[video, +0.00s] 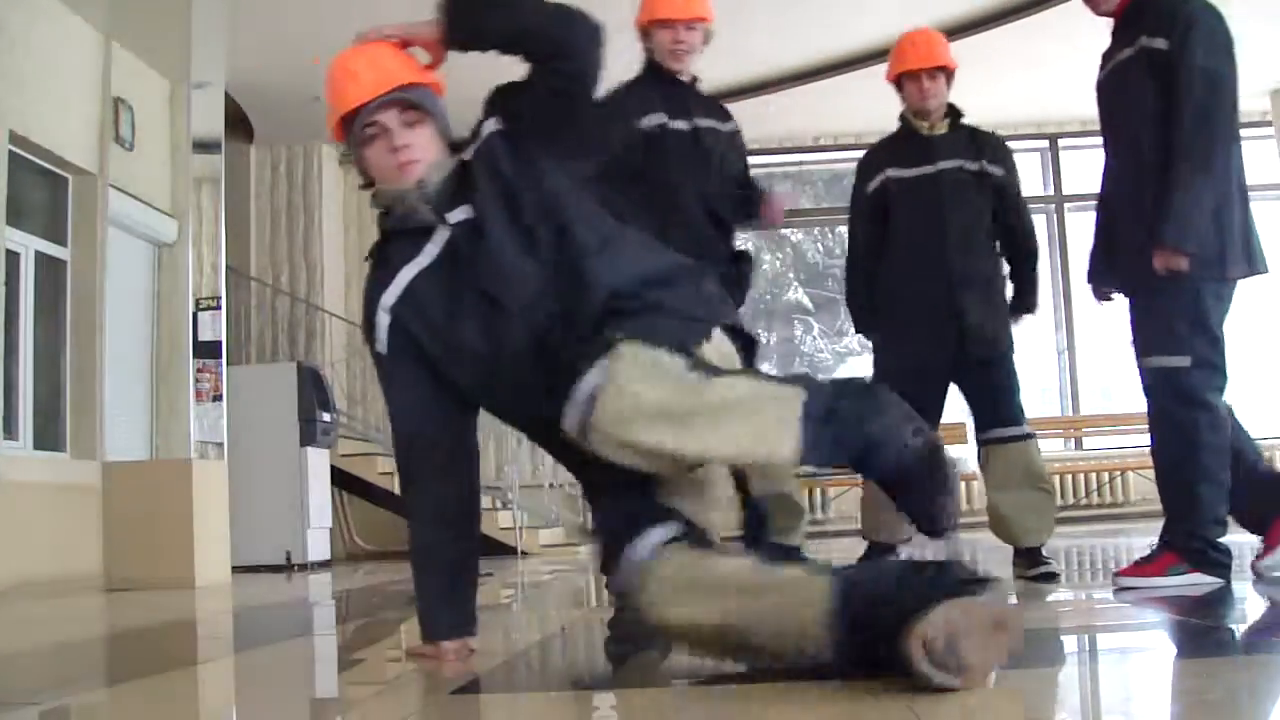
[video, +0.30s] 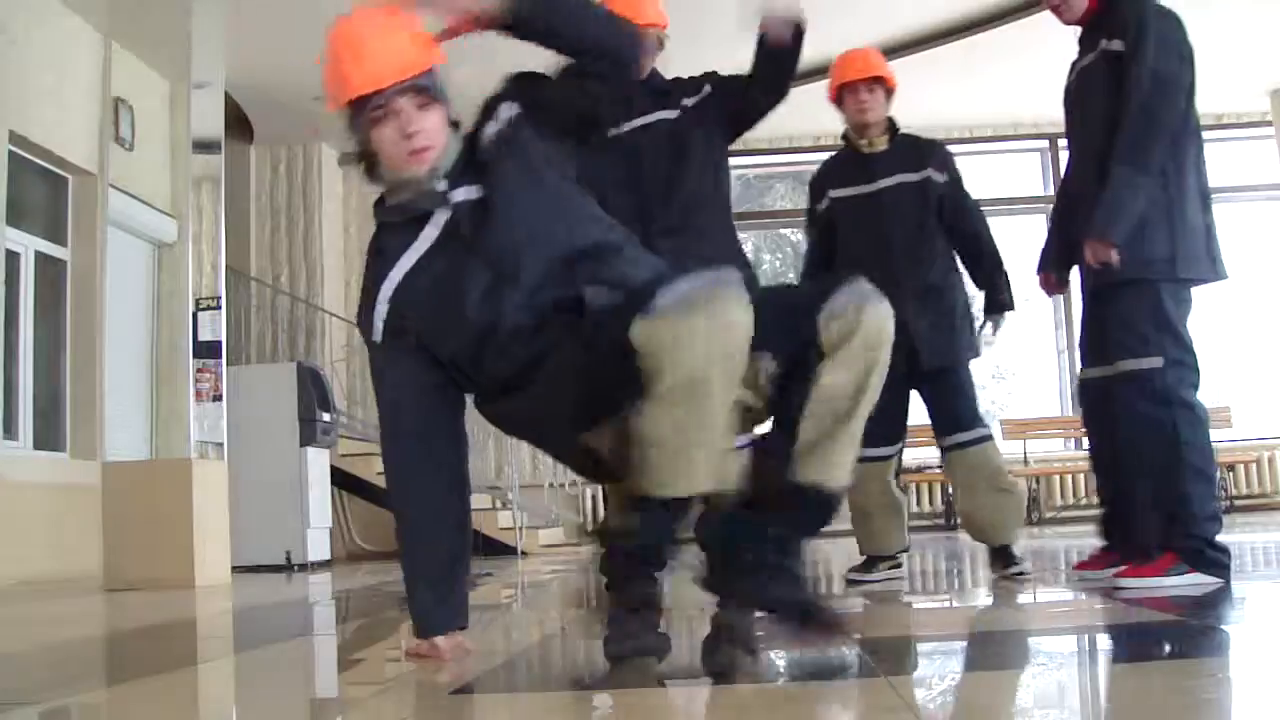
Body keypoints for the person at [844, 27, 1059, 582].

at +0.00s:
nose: (924, 87)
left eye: (933, 76)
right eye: (912, 79)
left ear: (949, 79)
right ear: (897, 87)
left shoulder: (987, 150)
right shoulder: (878, 162)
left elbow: (1016, 228)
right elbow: (861, 249)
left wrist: (1022, 294)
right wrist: (869, 318)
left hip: (980, 322)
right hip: (906, 328)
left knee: (1007, 435)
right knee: (898, 442)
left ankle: (1030, 546)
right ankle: (883, 548)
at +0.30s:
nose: (862, 100)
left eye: (871, 89)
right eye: (850, 93)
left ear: (889, 95)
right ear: (837, 104)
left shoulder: (928, 158)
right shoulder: (827, 180)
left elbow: (968, 226)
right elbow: (819, 262)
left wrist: (996, 287)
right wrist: (812, 325)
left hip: (936, 323)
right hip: (866, 332)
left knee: (966, 434)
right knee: (871, 446)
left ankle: (1000, 540)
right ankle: (882, 552)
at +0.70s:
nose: (837, 102)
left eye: (845, 92)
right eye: (825, 95)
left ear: (860, 95)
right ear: (812, 105)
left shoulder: (896, 145)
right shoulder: (809, 171)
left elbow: (929, 178)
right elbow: (784, 226)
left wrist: (878, 182)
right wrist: (790, 194)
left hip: (912, 315)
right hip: (844, 328)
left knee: (937, 426)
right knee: (859, 443)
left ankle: (965, 535)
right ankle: (881, 551)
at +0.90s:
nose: (845, 99)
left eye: (854, 88)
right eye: (833, 91)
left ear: (870, 94)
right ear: (819, 100)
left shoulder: (903, 150)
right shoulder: (810, 167)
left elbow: (913, 199)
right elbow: (790, 216)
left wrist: (837, 204)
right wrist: (811, 218)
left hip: (910, 312)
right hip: (843, 320)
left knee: (919, 427)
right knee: (860, 437)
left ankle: (919, 546)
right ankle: (880, 551)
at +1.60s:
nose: (830, 90)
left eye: (840, 80)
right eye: (819, 83)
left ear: (856, 85)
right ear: (805, 92)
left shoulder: (895, 155)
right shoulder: (788, 167)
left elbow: (927, 232)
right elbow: (775, 261)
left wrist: (950, 303)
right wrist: (775, 332)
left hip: (889, 331)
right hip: (816, 336)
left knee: (906, 451)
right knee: (822, 457)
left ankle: (915, 558)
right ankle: (824, 572)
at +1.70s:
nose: (816, 98)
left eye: (826, 88)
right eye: (805, 90)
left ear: (842, 93)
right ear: (792, 99)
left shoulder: (879, 160)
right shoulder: (775, 173)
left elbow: (912, 237)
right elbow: (764, 259)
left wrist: (931, 309)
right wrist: (766, 334)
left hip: (878, 329)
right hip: (801, 331)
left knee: (891, 448)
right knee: (808, 457)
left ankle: (919, 559)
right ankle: (825, 572)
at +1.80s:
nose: (805, 104)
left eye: (814, 94)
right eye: (794, 96)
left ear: (830, 99)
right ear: (781, 106)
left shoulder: (868, 164)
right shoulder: (764, 179)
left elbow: (900, 239)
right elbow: (750, 255)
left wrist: (909, 308)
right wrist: (751, 305)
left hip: (867, 330)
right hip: (796, 339)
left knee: (894, 452)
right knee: (803, 463)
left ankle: (920, 567)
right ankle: (822, 575)